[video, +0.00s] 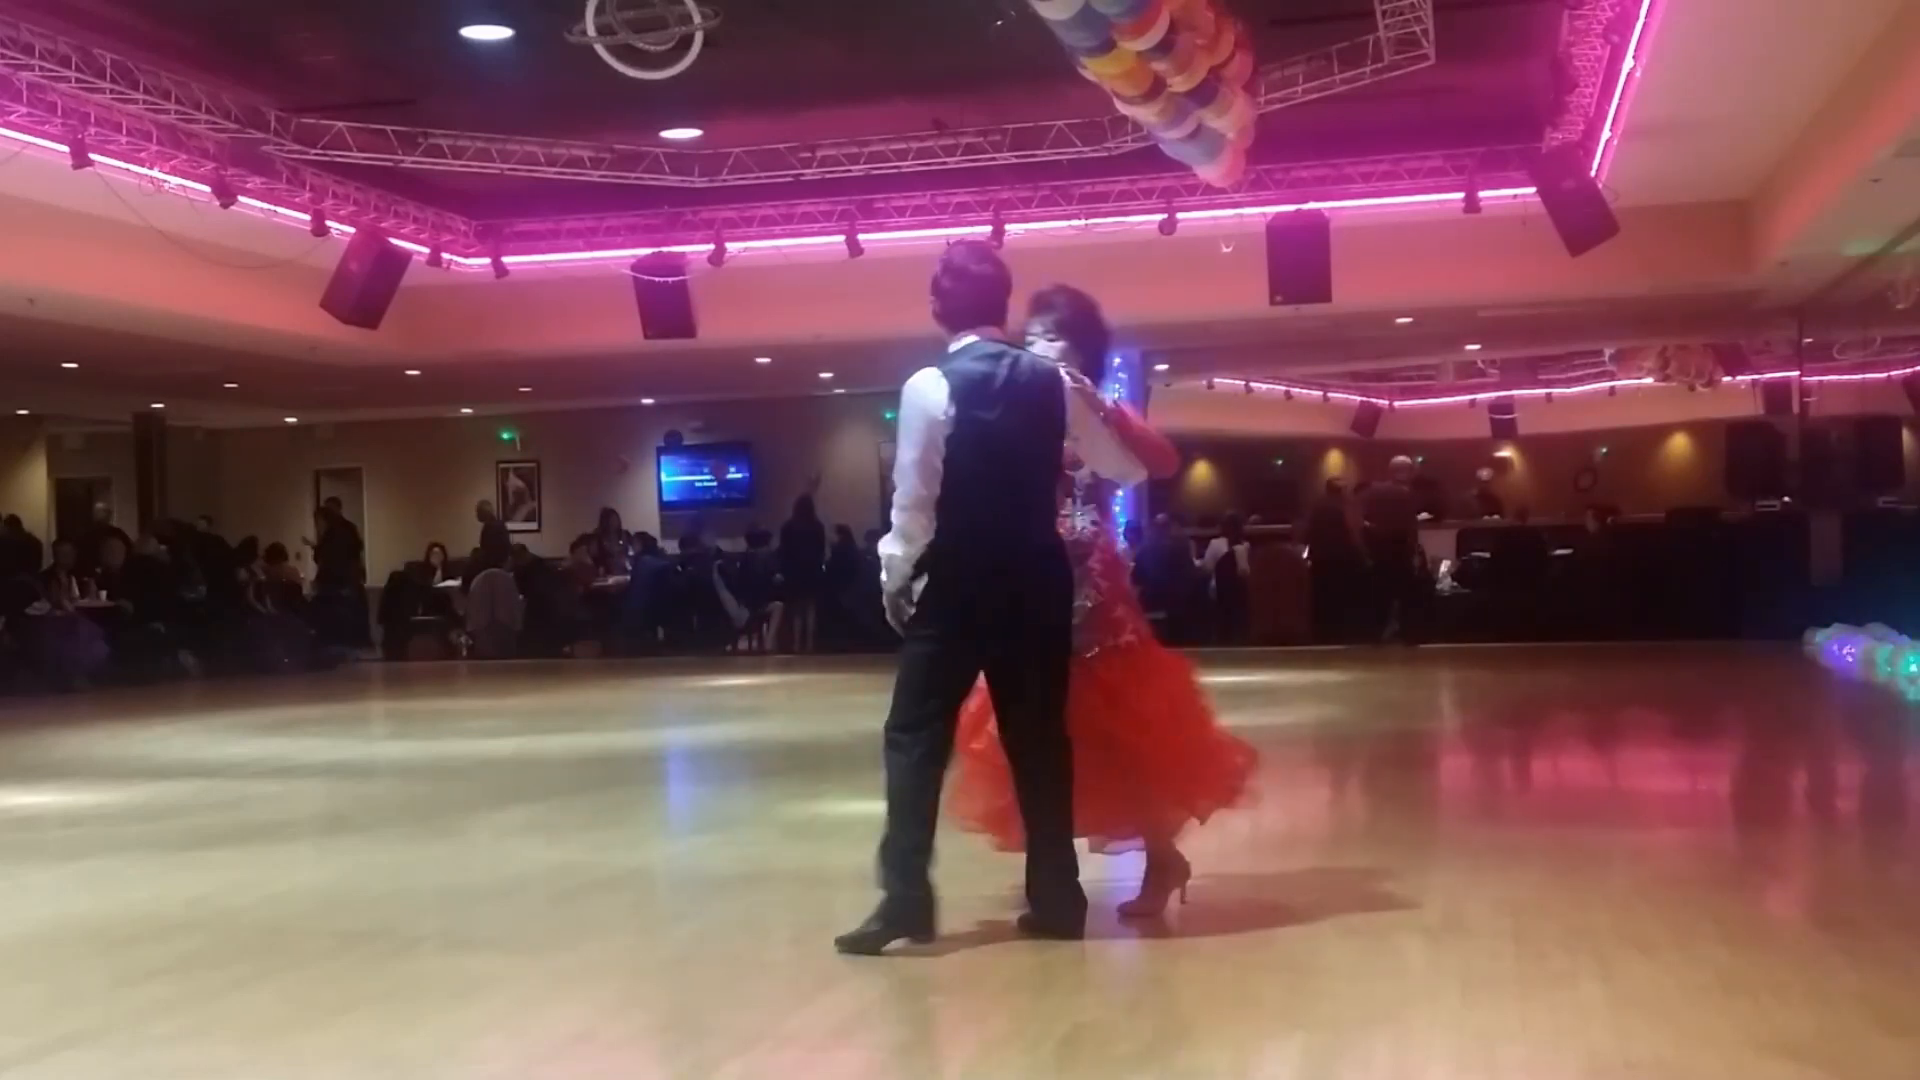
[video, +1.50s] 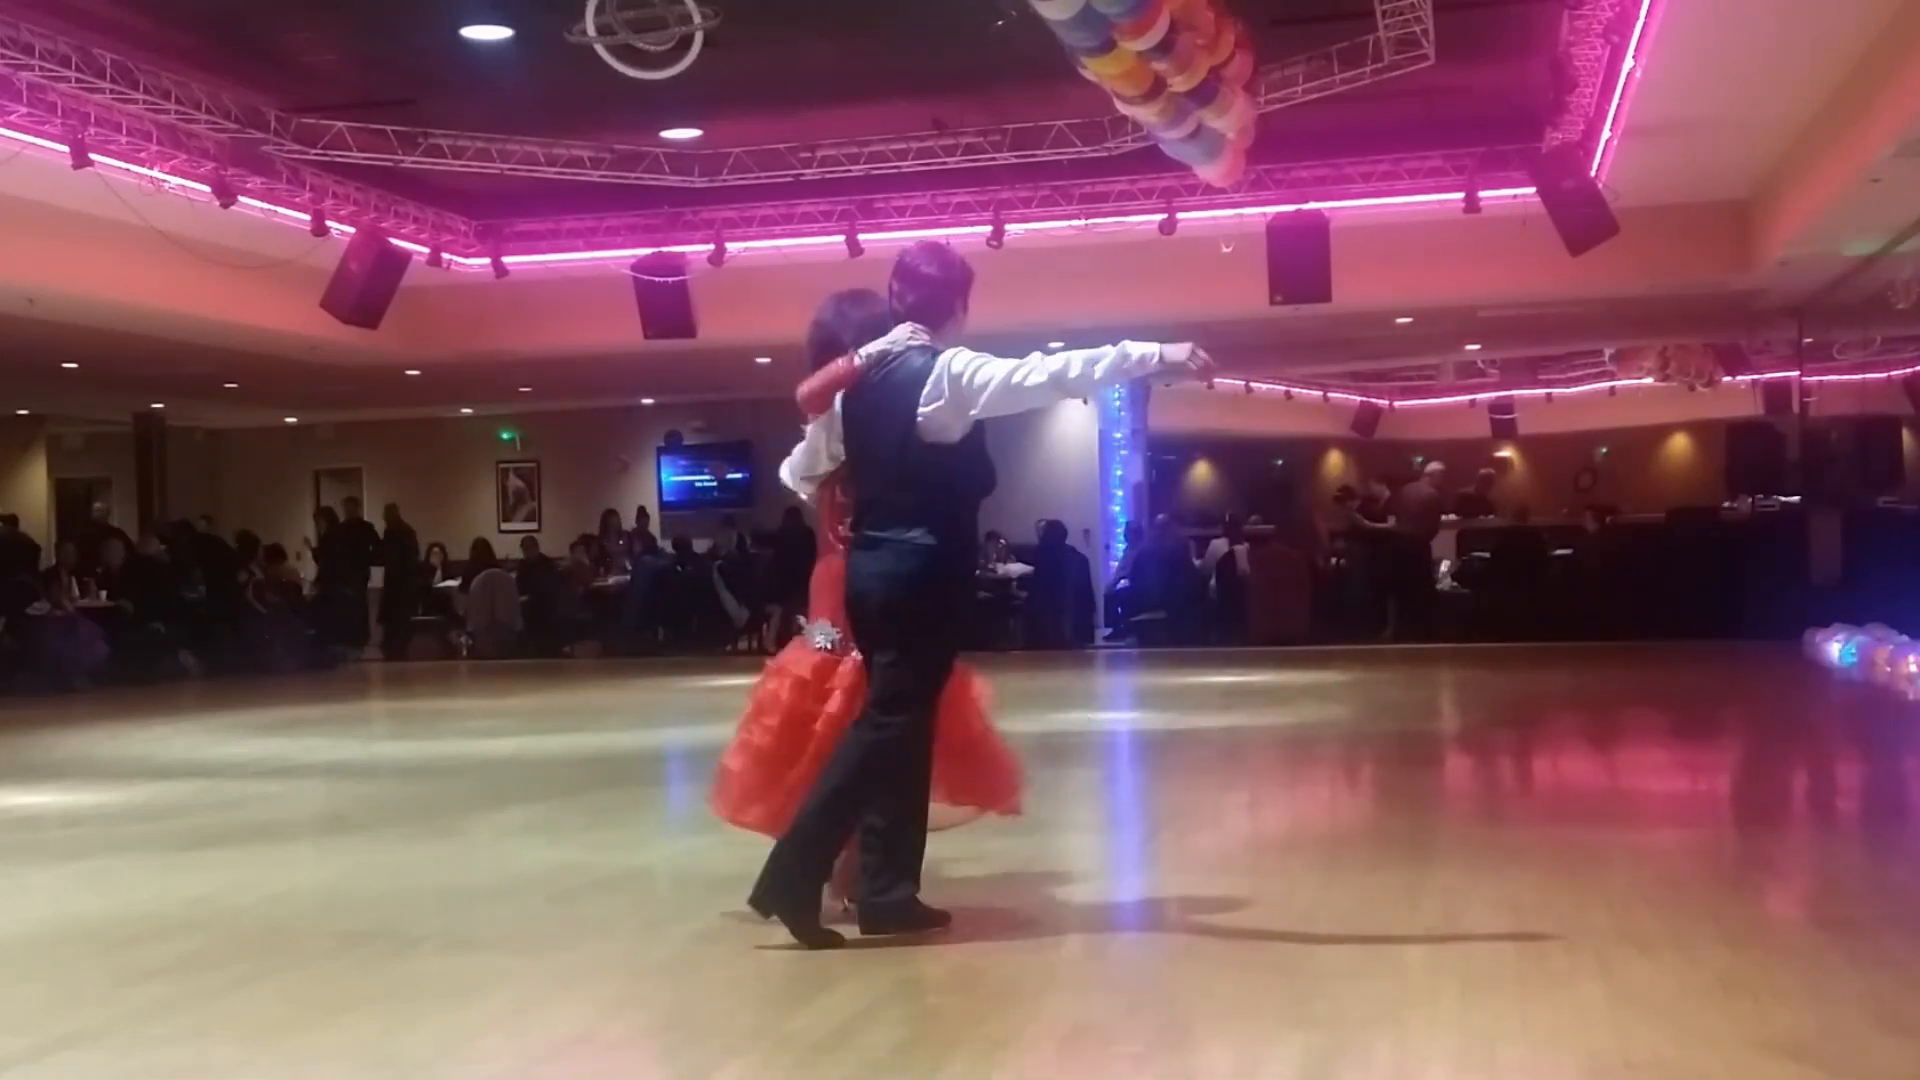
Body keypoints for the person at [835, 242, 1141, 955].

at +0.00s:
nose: (934, 317)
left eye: (935, 308)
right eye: (1013, 306)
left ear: (941, 313)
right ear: (1006, 309)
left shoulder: (929, 386)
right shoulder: (1056, 382)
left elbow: (916, 494)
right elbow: (1120, 465)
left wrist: (895, 577)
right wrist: (1073, 469)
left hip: (956, 583)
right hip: (1036, 582)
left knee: (913, 735)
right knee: (1039, 737)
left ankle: (905, 898)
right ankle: (1058, 902)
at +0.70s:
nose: (1010, 306)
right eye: (1007, 296)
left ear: (936, 309)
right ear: (1005, 303)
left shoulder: (906, 390)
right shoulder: (1053, 377)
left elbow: (899, 502)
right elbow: (1152, 451)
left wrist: (951, 532)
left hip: (937, 576)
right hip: (1025, 575)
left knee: (917, 729)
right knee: (1047, 726)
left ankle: (896, 906)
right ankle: (1064, 899)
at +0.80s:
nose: (1013, 305)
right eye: (1011, 294)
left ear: (940, 303)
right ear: (1010, 301)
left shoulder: (901, 388)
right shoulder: (1053, 374)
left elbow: (911, 487)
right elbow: (1143, 444)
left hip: (935, 577)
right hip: (1019, 577)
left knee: (923, 729)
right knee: (1047, 726)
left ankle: (900, 900)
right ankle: (1061, 897)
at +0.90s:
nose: (1011, 307)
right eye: (1008, 297)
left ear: (936, 302)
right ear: (1004, 301)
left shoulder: (903, 383)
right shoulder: (1032, 372)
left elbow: (903, 477)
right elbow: (1131, 437)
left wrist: (898, 375)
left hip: (927, 570)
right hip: (1009, 571)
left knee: (926, 724)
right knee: (1038, 725)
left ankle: (895, 894)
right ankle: (1059, 896)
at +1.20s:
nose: (987, 312)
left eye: (982, 301)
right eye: (983, 301)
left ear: (906, 301)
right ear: (970, 302)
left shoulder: (867, 378)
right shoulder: (965, 370)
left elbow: (849, 472)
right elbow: (1065, 387)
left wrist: (923, 477)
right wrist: (1119, 416)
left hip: (880, 564)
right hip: (949, 571)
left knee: (896, 728)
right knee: (993, 731)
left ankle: (886, 897)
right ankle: (1002, 897)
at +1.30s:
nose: (973, 313)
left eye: (971, 303)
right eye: (970, 303)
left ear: (900, 295)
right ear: (957, 304)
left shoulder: (861, 378)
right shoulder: (953, 368)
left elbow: (835, 474)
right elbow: (1044, 381)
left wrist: (900, 477)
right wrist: (1130, 387)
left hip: (873, 561)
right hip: (938, 565)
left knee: (888, 723)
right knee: (958, 730)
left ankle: (880, 894)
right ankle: (897, 887)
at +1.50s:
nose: (966, 312)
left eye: (964, 300)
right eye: (964, 300)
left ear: (895, 298)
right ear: (954, 301)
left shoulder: (858, 376)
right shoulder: (951, 370)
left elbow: (801, 469)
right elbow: (1048, 374)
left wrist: (829, 520)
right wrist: (1157, 357)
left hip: (870, 559)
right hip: (924, 562)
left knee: (903, 726)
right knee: (890, 726)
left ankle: (887, 894)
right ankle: (790, 877)